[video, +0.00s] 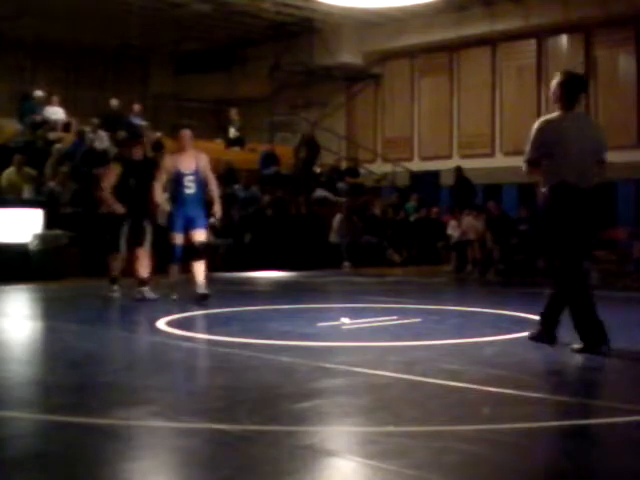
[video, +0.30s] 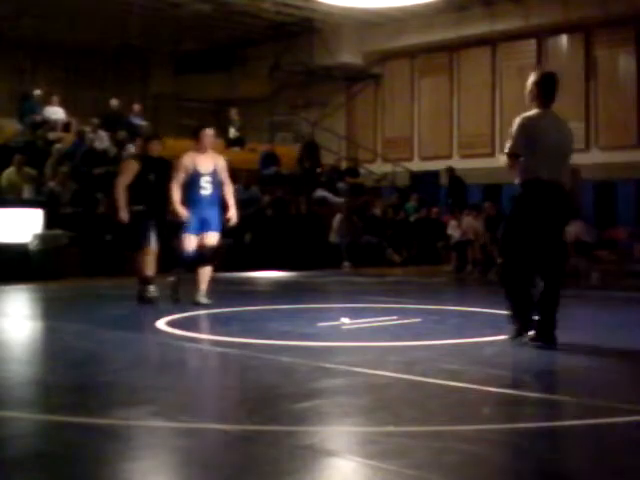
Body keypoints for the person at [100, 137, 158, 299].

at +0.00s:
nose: (137, 152)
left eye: (140, 148)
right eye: (134, 148)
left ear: (144, 149)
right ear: (127, 149)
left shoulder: (149, 165)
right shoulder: (120, 164)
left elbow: (155, 188)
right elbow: (106, 186)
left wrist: (158, 205)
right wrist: (114, 205)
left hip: (143, 211)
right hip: (123, 212)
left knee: (143, 248)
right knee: (119, 250)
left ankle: (144, 283)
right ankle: (114, 282)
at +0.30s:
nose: (157, 148)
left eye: (159, 145)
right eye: (153, 145)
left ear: (161, 147)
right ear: (146, 145)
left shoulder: (164, 164)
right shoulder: (136, 163)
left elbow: (171, 188)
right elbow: (121, 184)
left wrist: (174, 207)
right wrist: (123, 208)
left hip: (160, 211)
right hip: (141, 211)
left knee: (150, 248)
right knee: (150, 247)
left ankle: (145, 284)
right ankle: (148, 285)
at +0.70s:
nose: (177, 147)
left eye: (179, 143)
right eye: (174, 143)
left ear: (182, 145)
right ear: (166, 145)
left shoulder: (186, 163)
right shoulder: (160, 162)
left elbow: (192, 188)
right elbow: (154, 186)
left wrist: (196, 208)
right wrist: (158, 208)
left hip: (185, 211)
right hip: (168, 212)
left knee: (180, 249)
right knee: (168, 250)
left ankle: (172, 282)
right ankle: (166, 286)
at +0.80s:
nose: (188, 145)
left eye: (190, 140)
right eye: (184, 140)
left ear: (193, 143)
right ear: (176, 142)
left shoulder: (196, 162)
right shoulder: (168, 159)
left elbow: (202, 185)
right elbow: (161, 183)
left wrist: (204, 204)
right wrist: (175, 204)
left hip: (193, 211)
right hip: (173, 211)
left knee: (194, 249)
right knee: (172, 249)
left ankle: (193, 284)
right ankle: (168, 287)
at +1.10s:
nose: (218, 146)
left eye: (221, 142)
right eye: (215, 141)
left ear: (224, 145)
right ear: (207, 143)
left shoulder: (224, 165)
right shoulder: (197, 161)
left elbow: (229, 190)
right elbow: (188, 185)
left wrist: (229, 212)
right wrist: (195, 209)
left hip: (221, 214)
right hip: (202, 214)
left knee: (222, 253)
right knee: (198, 252)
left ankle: (224, 293)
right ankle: (179, 282)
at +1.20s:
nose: (227, 143)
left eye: (228, 139)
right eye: (223, 138)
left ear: (230, 142)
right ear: (214, 140)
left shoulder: (233, 164)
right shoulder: (203, 160)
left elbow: (239, 187)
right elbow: (191, 183)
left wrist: (243, 207)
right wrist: (193, 208)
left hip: (229, 212)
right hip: (209, 212)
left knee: (225, 253)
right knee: (208, 250)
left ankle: (225, 293)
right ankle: (196, 285)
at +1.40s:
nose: (235, 142)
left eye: (238, 138)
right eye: (231, 138)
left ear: (242, 141)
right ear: (223, 141)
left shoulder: (246, 164)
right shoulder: (214, 160)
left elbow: (257, 184)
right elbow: (197, 182)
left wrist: (269, 203)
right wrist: (198, 210)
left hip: (241, 211)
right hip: (221, 210)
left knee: (234, 250)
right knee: (228, 249)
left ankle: (229, 284)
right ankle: (229, 287)